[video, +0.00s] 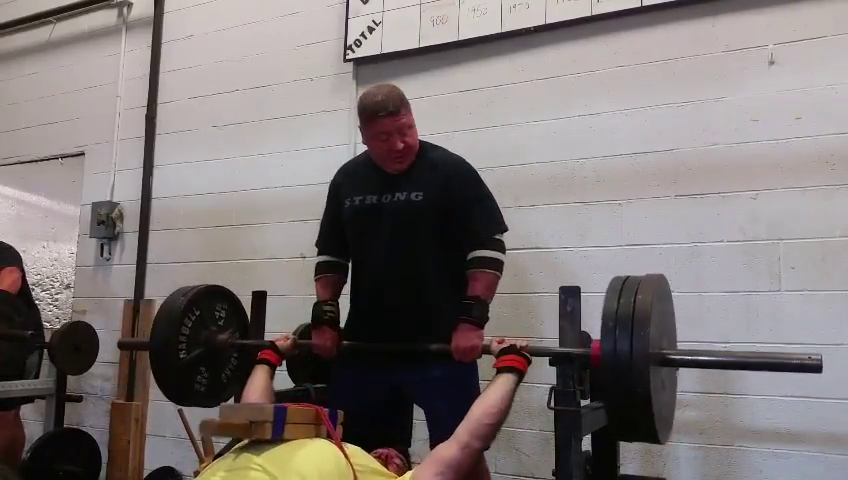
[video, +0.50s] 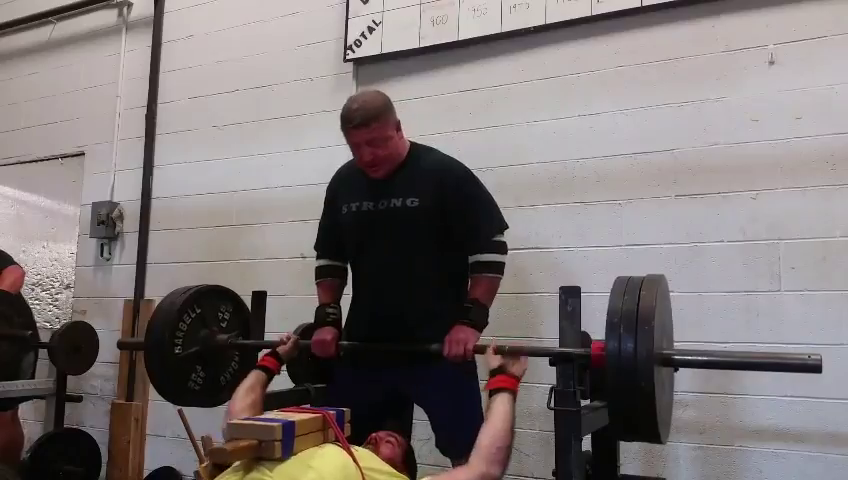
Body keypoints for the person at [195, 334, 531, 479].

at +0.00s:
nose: (392, 455)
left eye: (400, 462)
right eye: (390, 453)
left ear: (402, 474)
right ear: (373, 449)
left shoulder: (403, 478)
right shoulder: (319, 446)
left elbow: (465, 443)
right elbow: (255, 412)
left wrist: (511, 366)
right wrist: (270, 354)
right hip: (221, 469)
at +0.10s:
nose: (387, 450)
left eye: (395, 458)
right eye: (383, 448)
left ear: (399, 472)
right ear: (367, 447)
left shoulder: (401, 478)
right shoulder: (312, 442)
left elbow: (466, 443)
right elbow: (253, 410)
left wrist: (511, 367)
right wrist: (270, 353)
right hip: (219, 469)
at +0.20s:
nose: (385, 448)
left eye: (393, 454)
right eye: (379, 446)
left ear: (401, 471)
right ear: (359, 447)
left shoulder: (403, 479)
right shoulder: (312, 443)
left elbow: (470, 446)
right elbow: (253, 411)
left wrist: (512, 367)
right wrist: (269, 354)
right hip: (222, 470)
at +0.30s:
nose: (385, 445)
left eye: (393, 451)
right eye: (378, 442)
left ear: (403, 471)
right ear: (357, 445)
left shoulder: (405, 477)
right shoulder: (307, 445)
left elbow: (475, 449)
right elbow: (252, 412)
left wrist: (512, 366)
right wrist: (270, 354)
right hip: (235, 470)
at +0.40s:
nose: (385, 442)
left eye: (394, 447)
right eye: (376, 440)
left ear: (404, 472)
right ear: (358, 445)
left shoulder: (407, 479)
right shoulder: (304, 445)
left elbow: (482, 454)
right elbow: (250, 414)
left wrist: (511, 369)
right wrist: (269, 353)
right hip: (250, 472)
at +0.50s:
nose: (383, 437)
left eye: (394, 442)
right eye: (375, 435)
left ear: (406, 470)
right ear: (356, 441)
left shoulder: (406, 476)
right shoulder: (303, 445)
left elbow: (483, 468)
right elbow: (239, 414)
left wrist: (503, 380)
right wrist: (272, 356)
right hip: (253, 471)